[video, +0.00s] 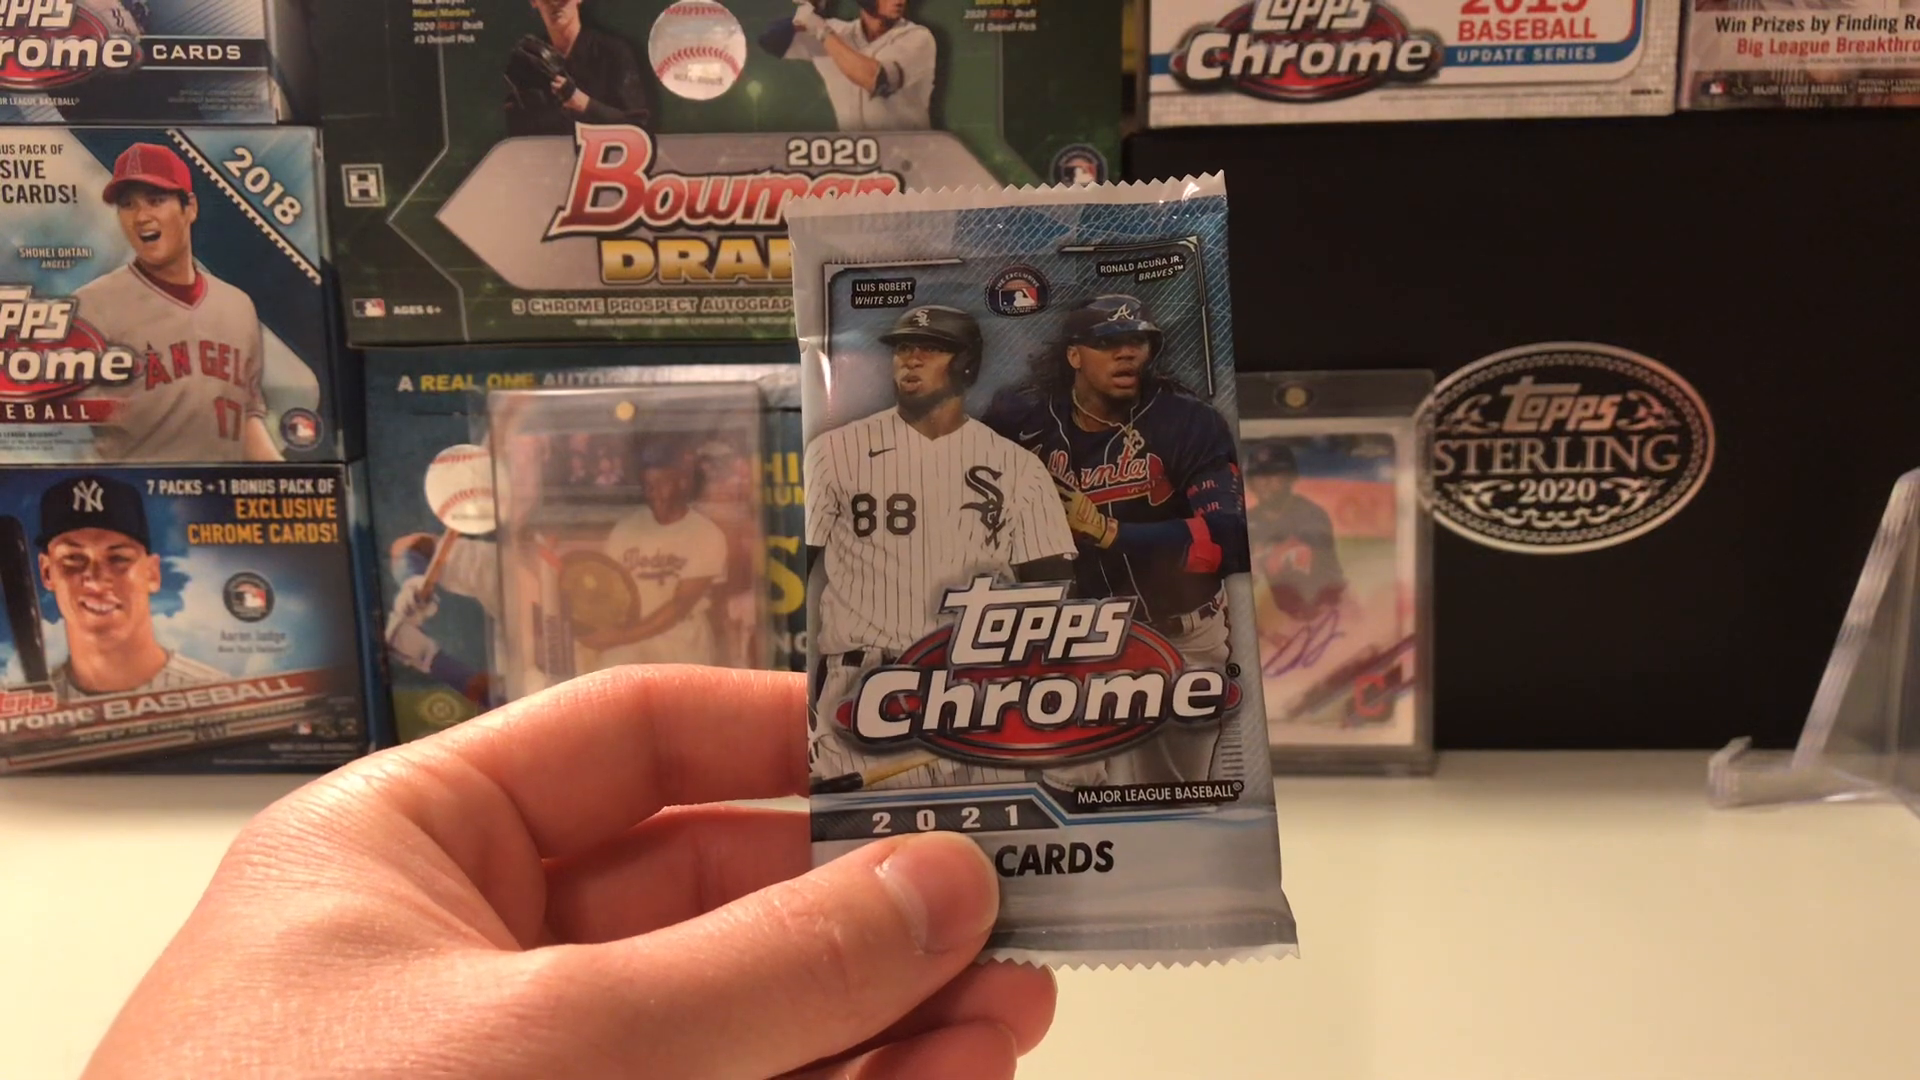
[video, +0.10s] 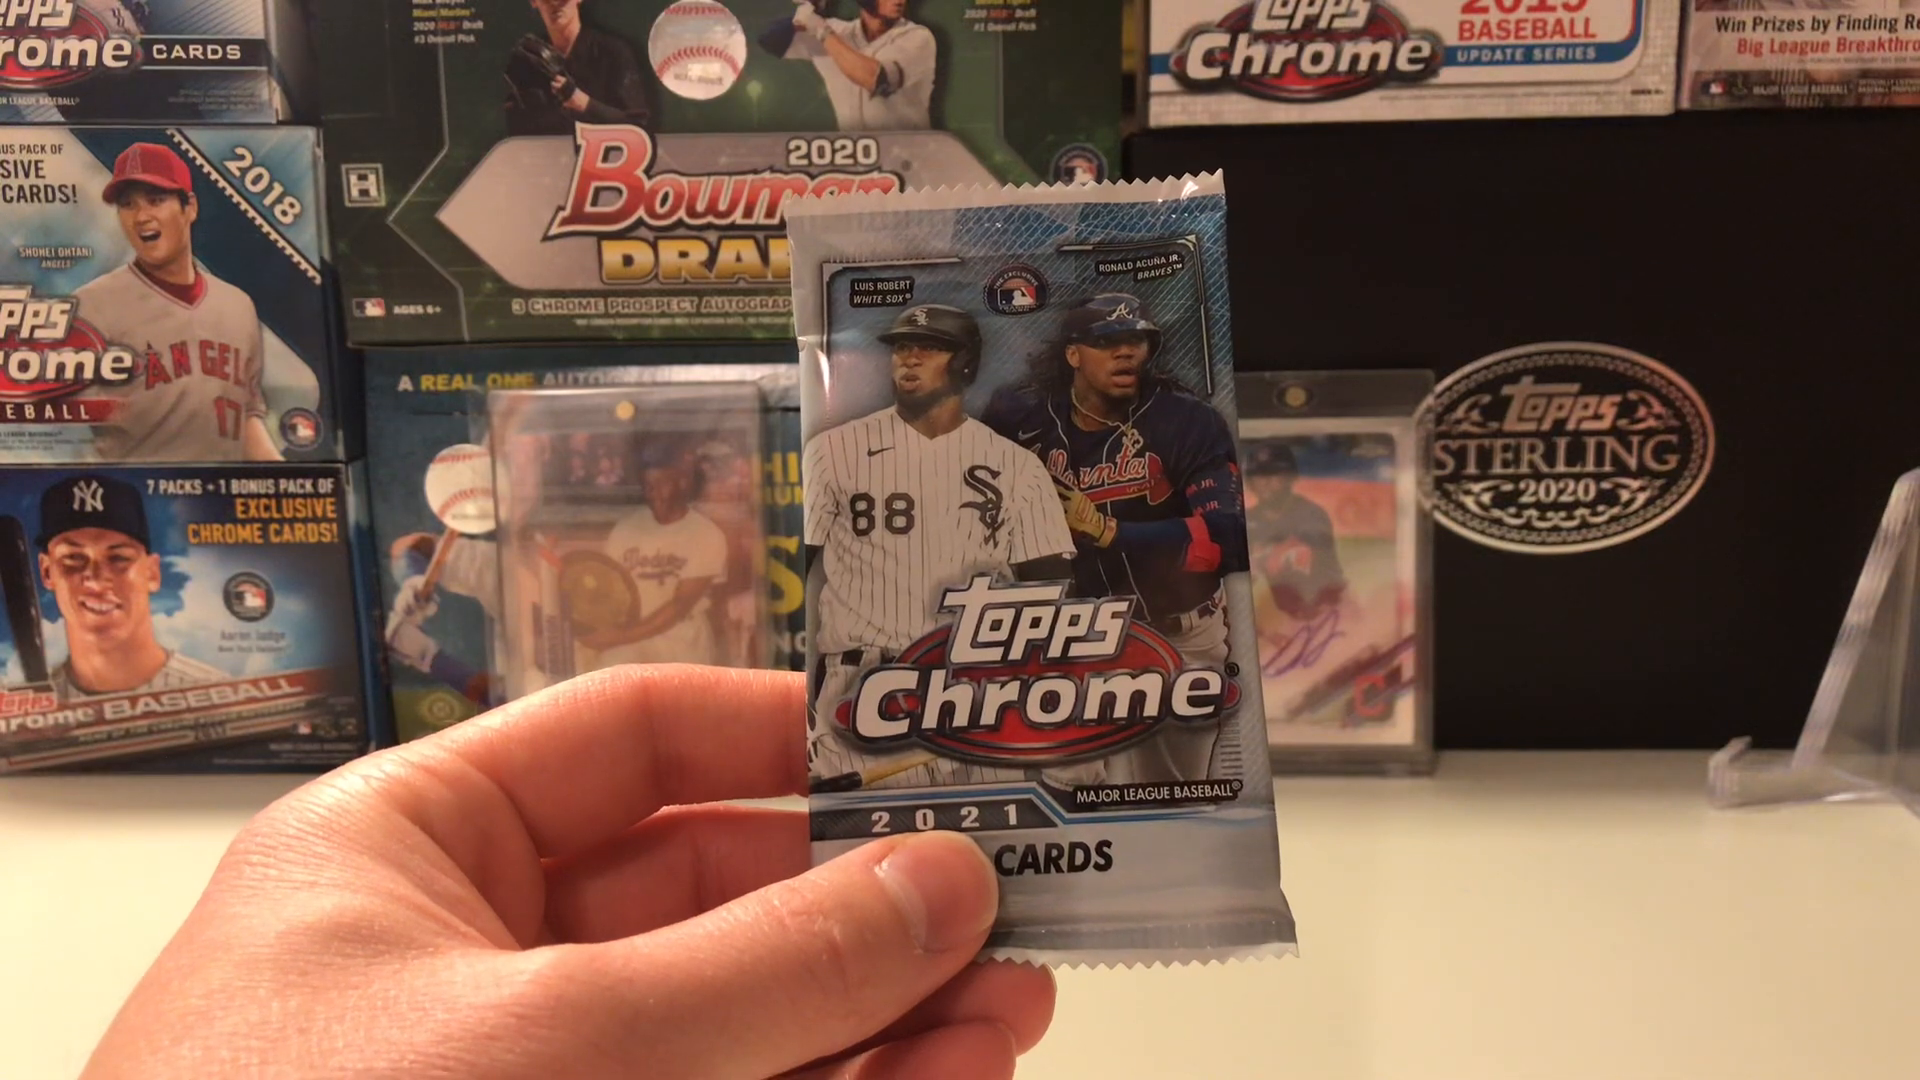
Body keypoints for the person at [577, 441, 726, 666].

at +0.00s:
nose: (653, 493)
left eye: (661, 484)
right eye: (648, 485)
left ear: (682, 483)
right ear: (643, 487)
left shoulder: (706, 535)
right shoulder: (625, 530)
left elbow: (680, 606)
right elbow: (605, 592)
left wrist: (619, 636)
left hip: (683, 660)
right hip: (626, 660)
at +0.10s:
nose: (654, 493)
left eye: (661, 484)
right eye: (648, 485)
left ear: (682, 483)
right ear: (643, 487)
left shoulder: (707, 536)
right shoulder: (624, 530)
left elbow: (680, 607)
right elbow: (605, 592)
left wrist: (618, 637)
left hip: (683, 659)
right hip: (626, 659)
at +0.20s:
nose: (654, 493)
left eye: (661, 484)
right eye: (648, 485)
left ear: (683, 484)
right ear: (643, 487)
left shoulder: (707, 535)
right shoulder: (625, 530)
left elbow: (681, 606)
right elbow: (605, 591)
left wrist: (620, 636)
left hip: (683, 658)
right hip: (626, 658)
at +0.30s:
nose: (654, 493)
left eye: (661, 484)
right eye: (648, 486)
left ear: (683, 484)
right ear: (643, 488)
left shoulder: (707, 535)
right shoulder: (625, 530)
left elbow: (680, 606)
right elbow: (605, 592)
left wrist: (618, 637)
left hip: (683, 659)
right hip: (626, 659)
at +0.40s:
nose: (653, 493)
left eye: (661, 483)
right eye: (648, 485)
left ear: (683, 484)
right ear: (643, 487)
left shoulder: (706, 535)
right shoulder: (625, 530)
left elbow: (680, 607)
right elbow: (605, 591)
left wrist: (618, 637)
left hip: (683, 658)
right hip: (626, 658)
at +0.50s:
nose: (653, 492)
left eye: (661, 483)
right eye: (648, 485)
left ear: (683, 483)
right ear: (643, 487)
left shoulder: (707, 536)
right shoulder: (625, 530)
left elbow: (680, 607)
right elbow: (605, 591)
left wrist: (618, 637)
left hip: (683, 659)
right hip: (626, 659)